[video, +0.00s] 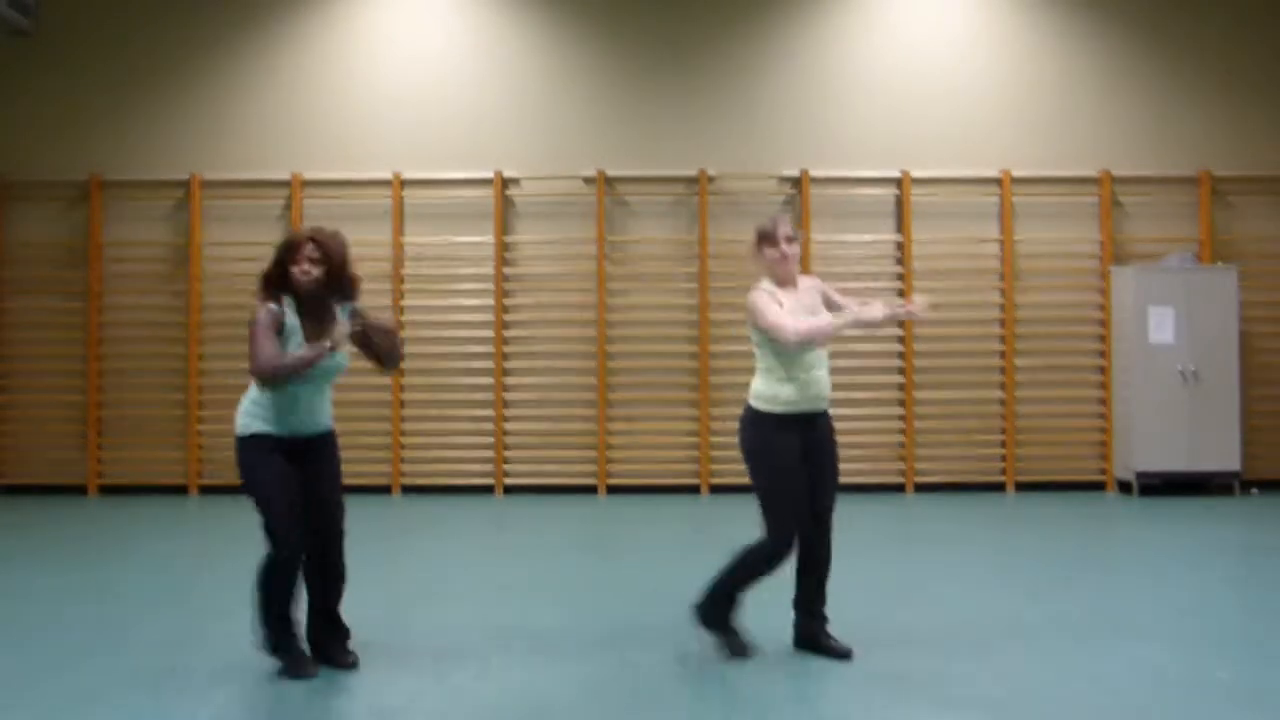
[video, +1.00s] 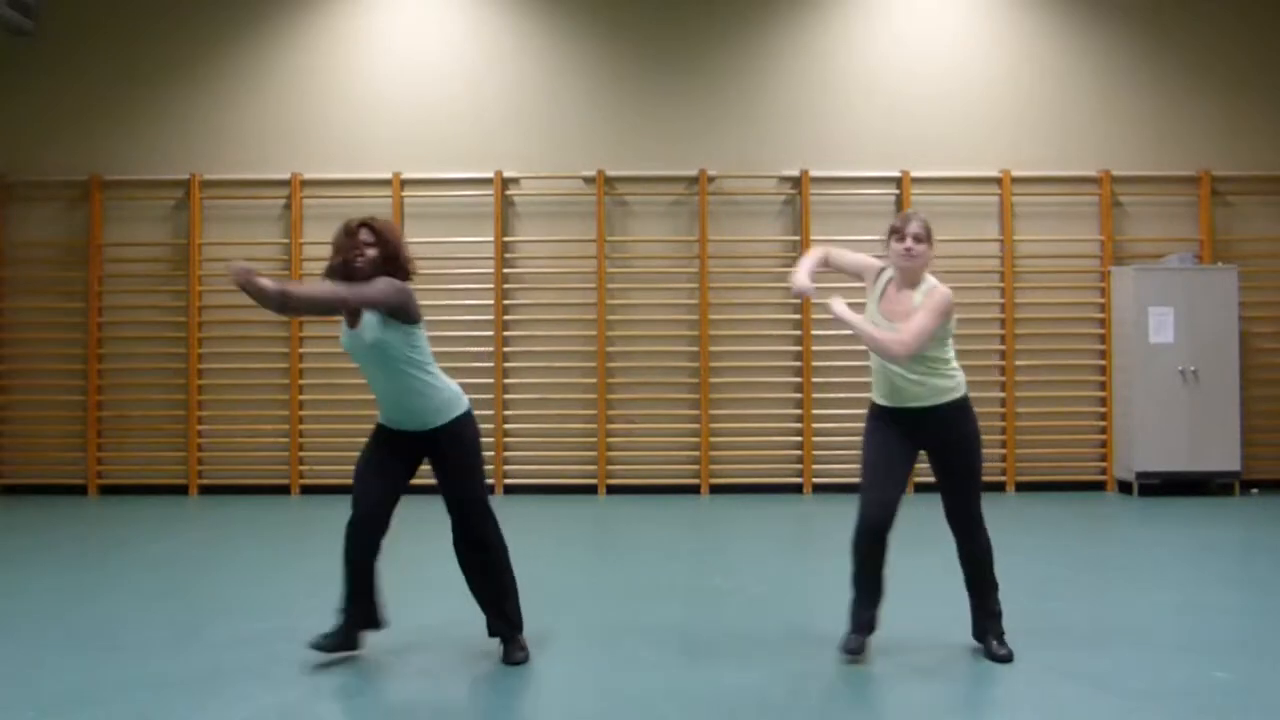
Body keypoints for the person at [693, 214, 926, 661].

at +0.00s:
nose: (785, 250)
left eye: (791, 241)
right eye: (775, 244)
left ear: (801, 246)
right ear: (761, 253)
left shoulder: (813, 288)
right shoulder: (761, 298)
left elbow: (854, 309)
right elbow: (790, 335)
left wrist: (899, 310)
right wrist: (847, 321)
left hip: (815, 423)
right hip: (769, 425)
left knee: (818, 532)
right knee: (781, 537)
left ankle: (810, 629)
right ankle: (714, 607)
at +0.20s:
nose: (821, 251)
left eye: (826, 242)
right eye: (811, 246)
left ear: (835, 249)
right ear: (797, 259)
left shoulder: (842, 295)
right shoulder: (799, 304)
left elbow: (852, 349)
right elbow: (819, 369)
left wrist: (874, 348)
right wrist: (862, 342)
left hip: (842, 424)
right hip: (800, 428)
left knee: (902, 508)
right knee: (804, 534)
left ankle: (863, 599)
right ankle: (766, 625)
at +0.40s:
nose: (858, 251)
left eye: (860, 242)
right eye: (847, 248)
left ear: (868, 244)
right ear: (833, 258)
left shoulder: (881, 275)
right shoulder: (843, 296)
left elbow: (920, 270)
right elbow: (913, 286)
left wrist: (951, 239)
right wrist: (951, 237)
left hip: (891, 422)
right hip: (845, 423)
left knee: (937, 522)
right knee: (812, 524)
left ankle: (992, 627)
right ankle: (764, 621)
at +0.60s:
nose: (896, 263)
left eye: (900, 255)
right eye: (884, 260)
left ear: (912, 260)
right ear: (872, 273)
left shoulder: (932, 292)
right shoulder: (880, 320)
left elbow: (980, 282)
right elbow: (949, 321)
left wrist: (1027, 250)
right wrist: (997, 273)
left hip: (949, 429)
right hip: (898, 437)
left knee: (978, 533)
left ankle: (983, 631)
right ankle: (826, 597)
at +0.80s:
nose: (926, 272)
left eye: (933, 265)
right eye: (915, 267)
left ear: (943, 272)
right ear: (900, 277)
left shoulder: (963, 317)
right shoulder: (886, 325)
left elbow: (996, 378)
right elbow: (861, 387)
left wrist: (996, 432)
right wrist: (910, 426)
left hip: (970, 432)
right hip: (915, 441)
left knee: (987, 537)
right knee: (942, 542)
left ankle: (987, 632)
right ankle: (944, 624)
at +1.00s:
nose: (909, 245)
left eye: (918, 240)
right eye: (901, 238)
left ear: (931, 249)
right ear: (888, 245)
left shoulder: (938, 296)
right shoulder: (876, 274)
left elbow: (900, 347)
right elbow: (821, 251)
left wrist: (845, 315)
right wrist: (803, 271)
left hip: (947, 416)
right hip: (890, 417)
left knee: (966, 520)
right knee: (872, 520)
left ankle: (989, 628)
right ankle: (860, 626)